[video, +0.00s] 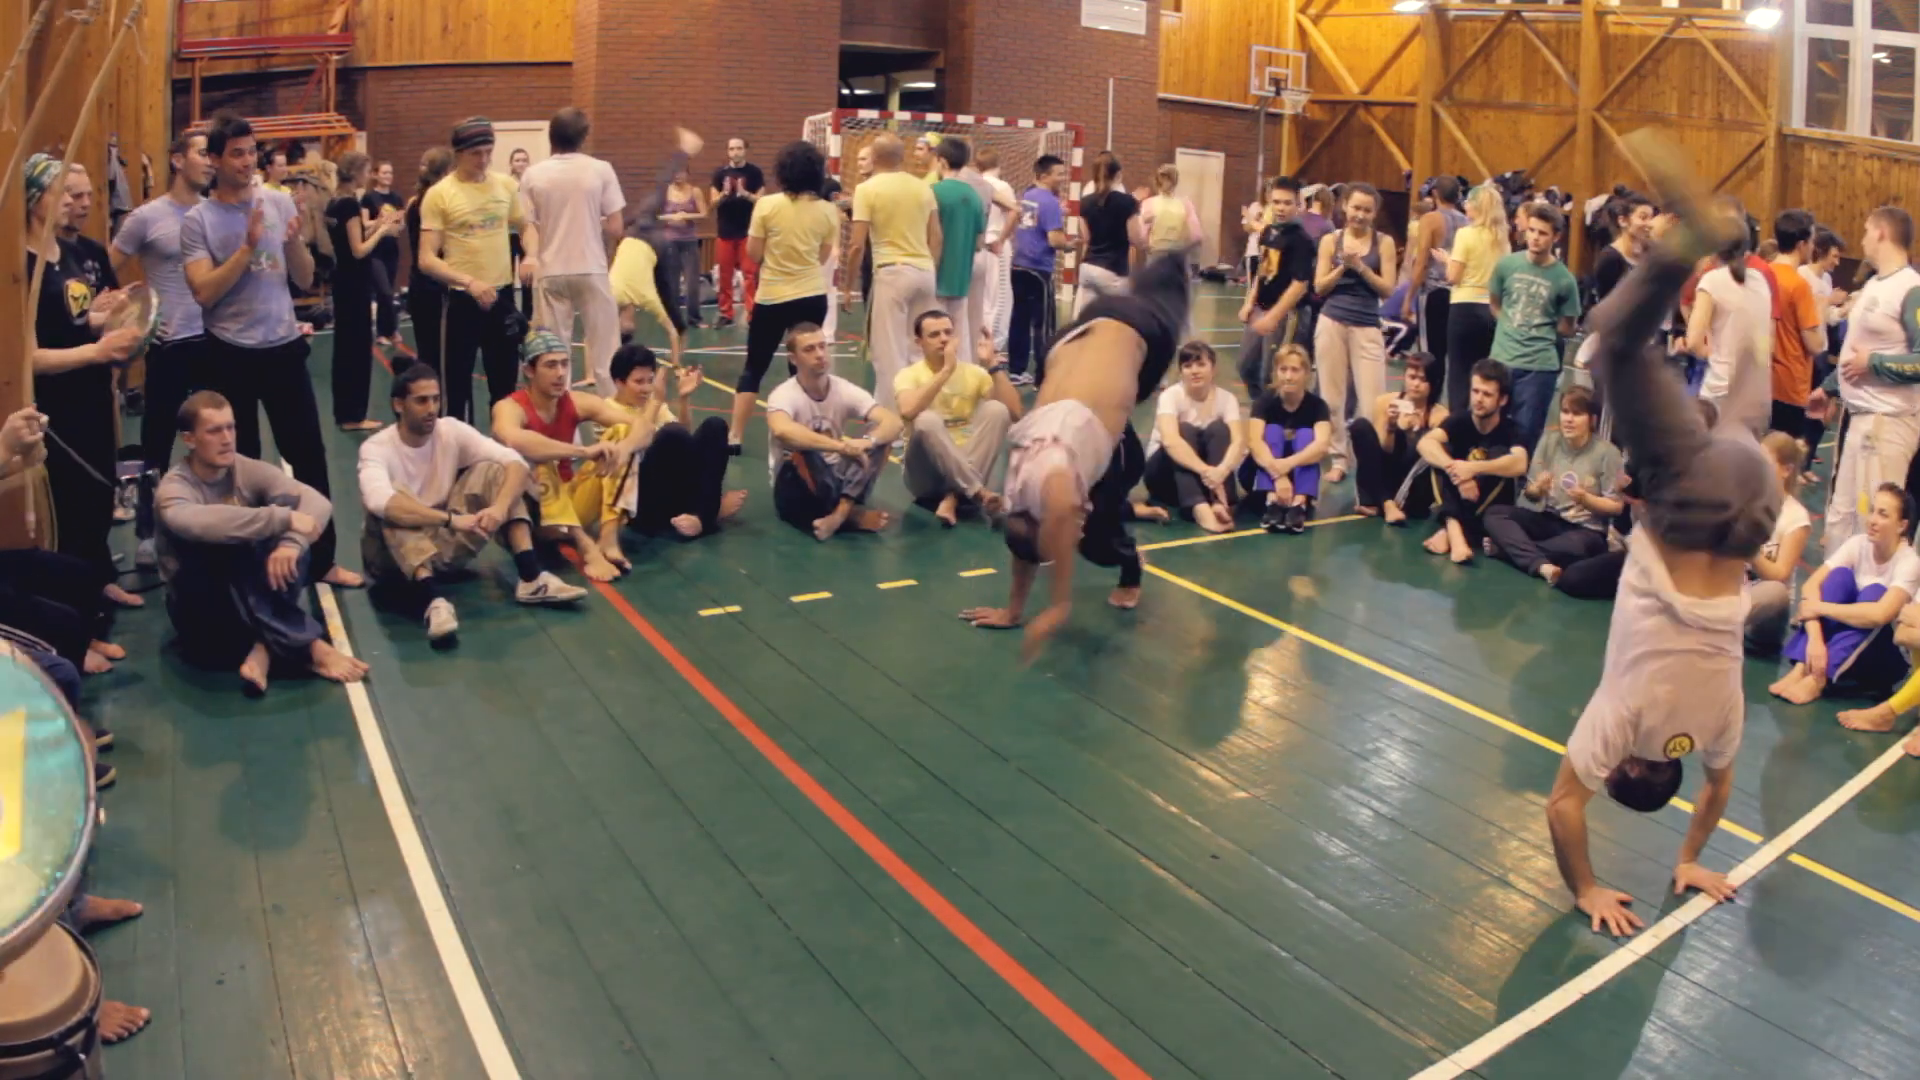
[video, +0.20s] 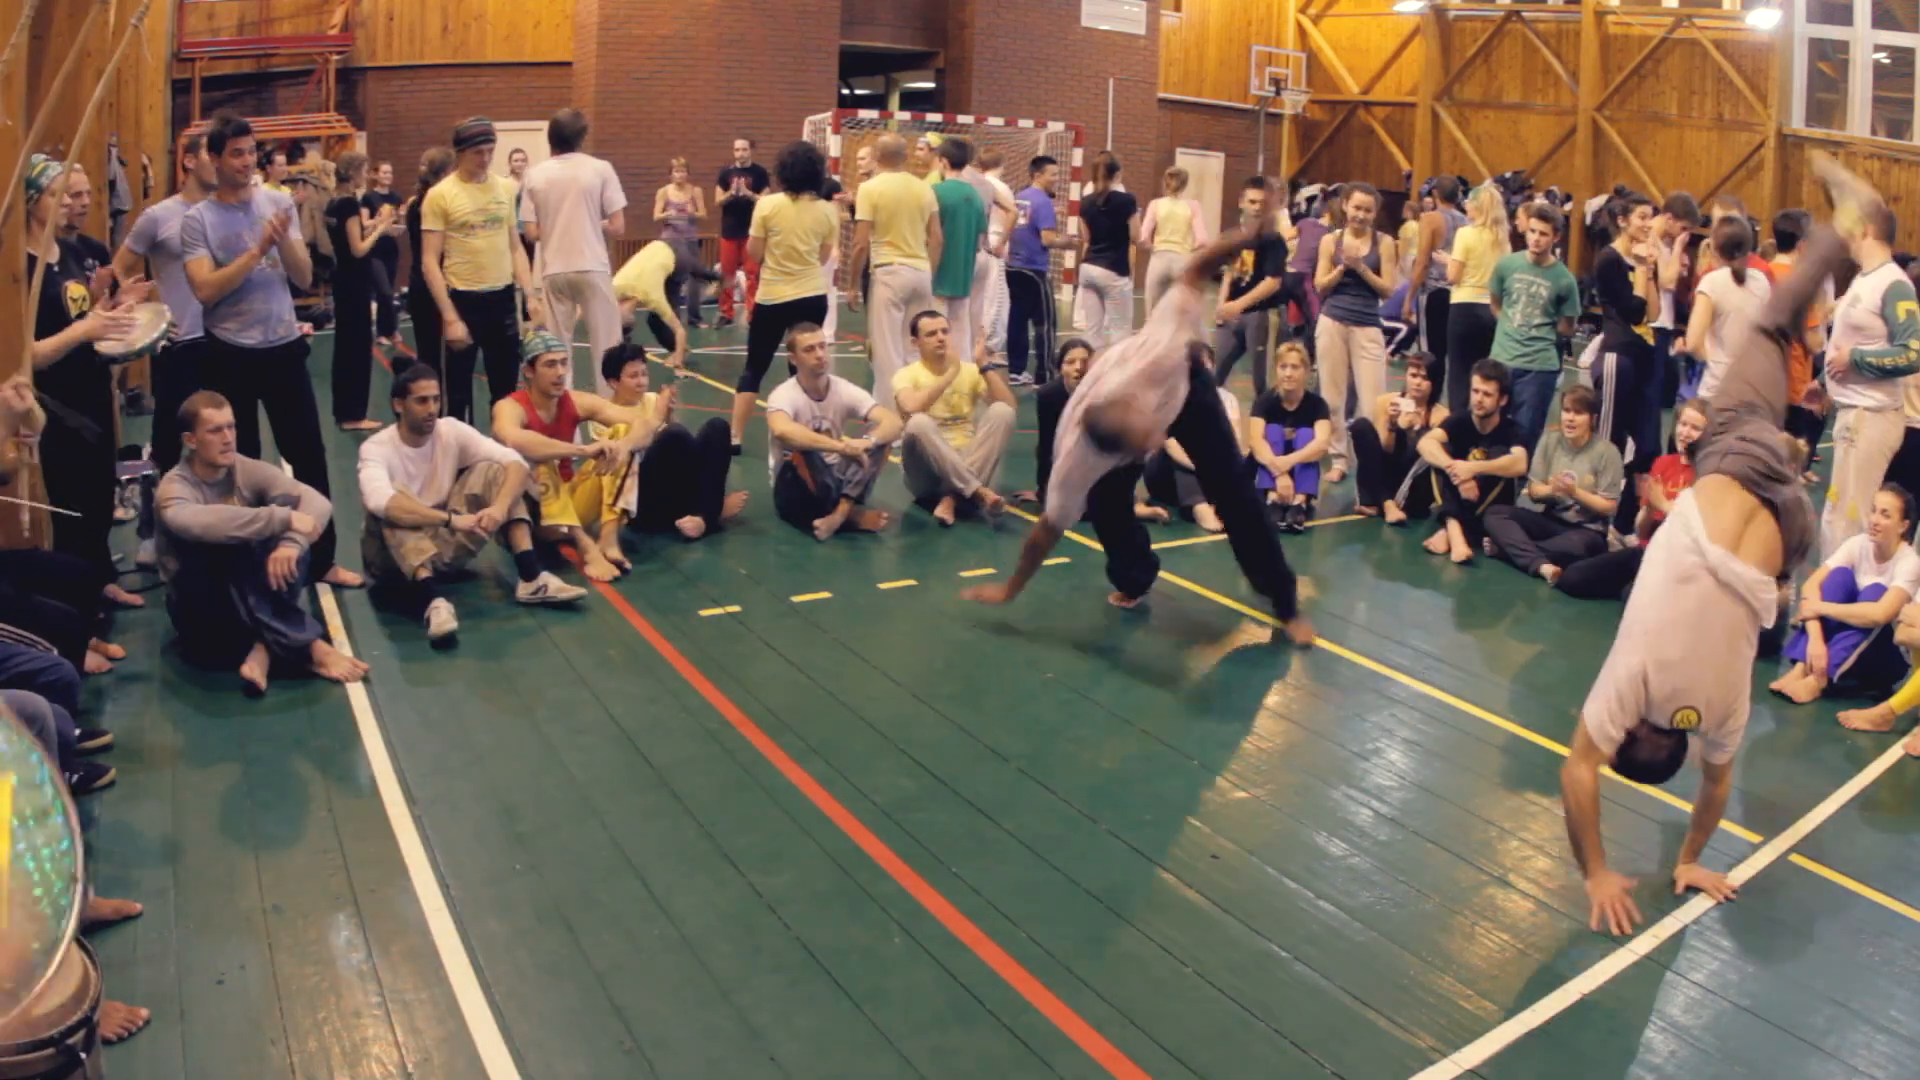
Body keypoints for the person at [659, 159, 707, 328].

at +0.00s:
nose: (678, 176)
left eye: (681, 173)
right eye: (676, 173)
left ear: (687, 174)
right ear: (671, 175)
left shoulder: (695, 191)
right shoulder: (666, 191)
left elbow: (704, 213)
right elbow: (657, 214)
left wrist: (685, 216)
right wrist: (673, 218)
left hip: (689, 240)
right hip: (670, 240)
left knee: (693, 280)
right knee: (672, 281)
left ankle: (694, 317)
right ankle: (673, 317)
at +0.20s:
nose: (679, 175)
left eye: (682, 171)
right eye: (675, 171)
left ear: (687, 173)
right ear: (671, 173)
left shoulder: (695, 191)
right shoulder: (663, 192)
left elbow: (703, 214)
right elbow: (656, 216)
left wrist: (692, 213)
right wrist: (669, 214)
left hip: (690, 237)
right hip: (671, 237)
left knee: (694, 278)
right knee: (673, 279)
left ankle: (694, 316)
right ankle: (672, 316)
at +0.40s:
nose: (681, 174)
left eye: (684, 170)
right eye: (677, 171)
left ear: (688, 173)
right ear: (672, 173)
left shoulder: (696, 190)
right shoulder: (664, 191)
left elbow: (704, 214)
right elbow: (657, 215)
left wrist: (688, 210)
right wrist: (673, 209)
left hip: (690, 236)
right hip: (670, 236)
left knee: (692, 273)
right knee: (671, 274)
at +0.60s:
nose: (682, 174)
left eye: (685, 170)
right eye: (679, 171)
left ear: (690, 173)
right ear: (673, 173)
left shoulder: (697, 190)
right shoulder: (667, 190)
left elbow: (704, 213)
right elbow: (663, 213)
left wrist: (691, 207)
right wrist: (677, 205)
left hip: (691, 237)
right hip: (672, 237)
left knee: (692, 274)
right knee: (671, 272)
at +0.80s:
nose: (685, 174)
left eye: (688, 171)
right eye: (682, 171)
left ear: (693, 173)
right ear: (676, 173)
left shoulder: (700, 190)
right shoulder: (668, 190)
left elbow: (709, 214)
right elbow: (661, 215)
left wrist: (699, 207)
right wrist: (675, 206)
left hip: (694, 237)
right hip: (674, 237)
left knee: (694, 275)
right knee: (673, 273)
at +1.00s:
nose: (689, 174)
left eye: (692, 171)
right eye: (685, 171)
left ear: (697, 172)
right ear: (680, 173)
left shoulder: (705, 190)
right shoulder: (673, 190)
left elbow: (712, 213)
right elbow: (666, 215)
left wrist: (696, 209)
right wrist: (683, 209)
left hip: (699, 236)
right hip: (679, 236)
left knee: (699, 274)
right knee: (678, 272)